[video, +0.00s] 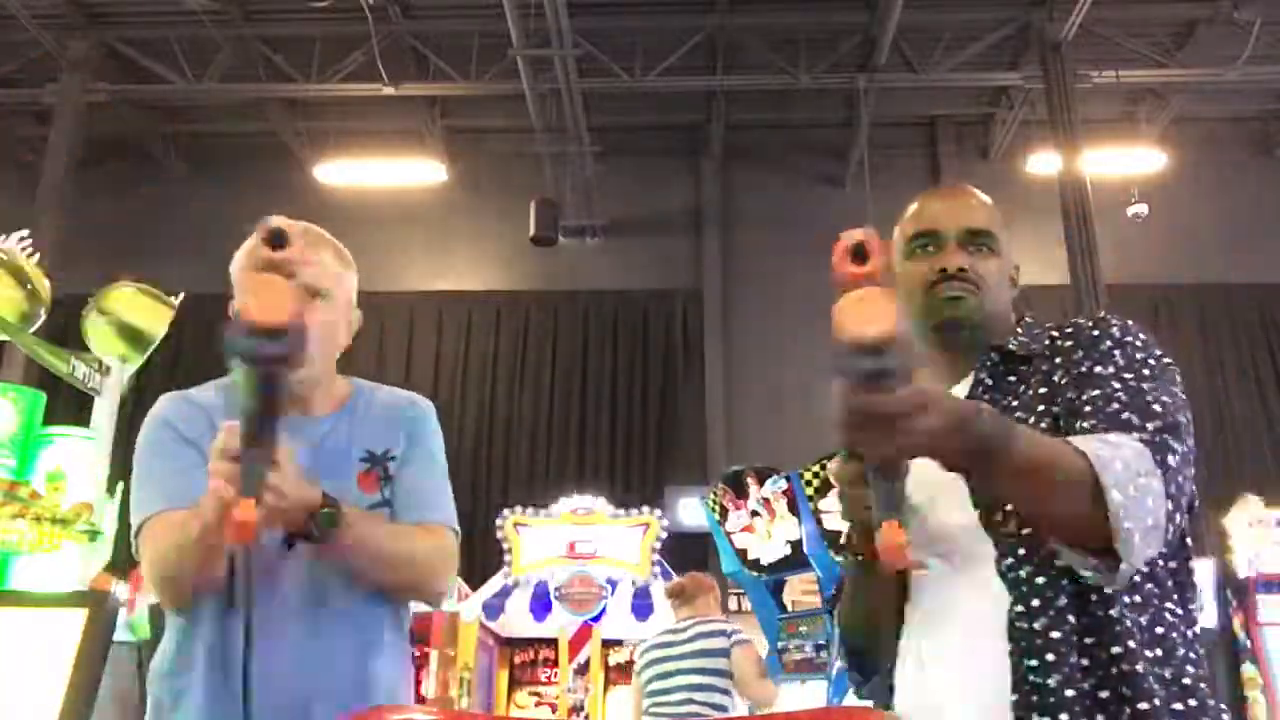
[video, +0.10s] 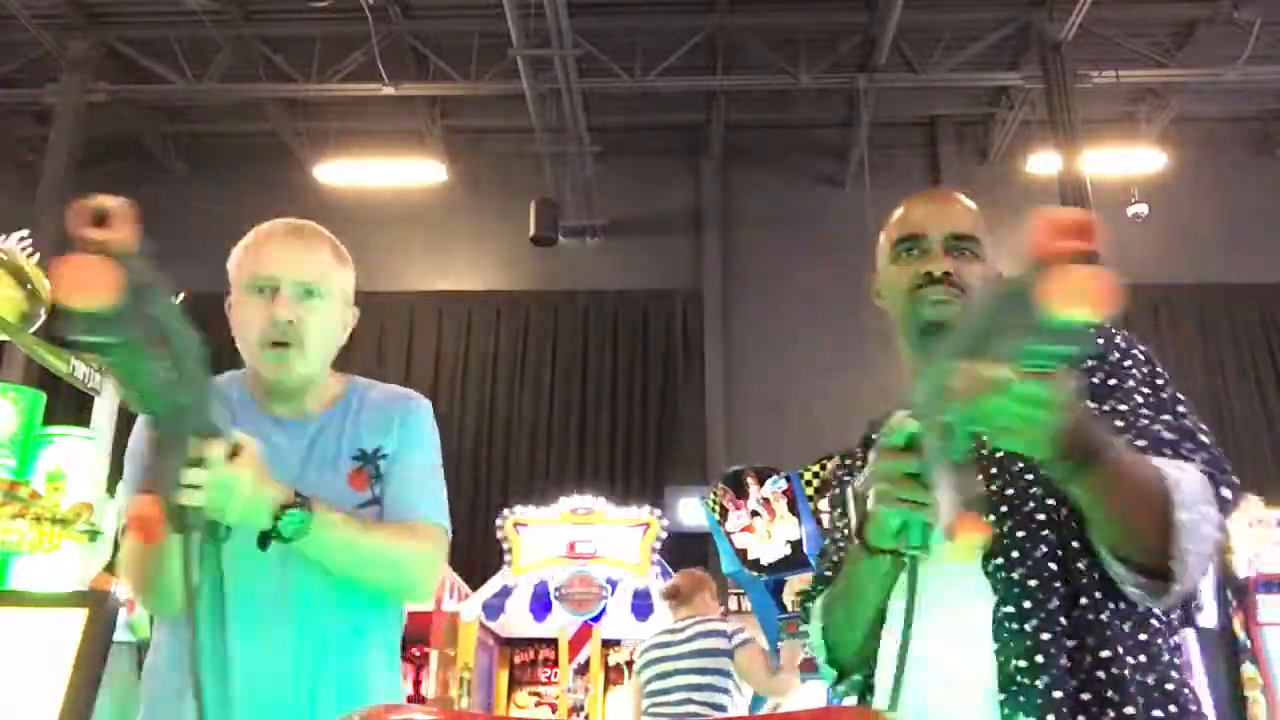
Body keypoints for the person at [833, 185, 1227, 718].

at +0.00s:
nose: (952, 262)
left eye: (977, 244)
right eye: (925, 247)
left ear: (1012, 274)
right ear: (897, 282)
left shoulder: (1102, 350)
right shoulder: (893, 419)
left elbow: (1134, 513)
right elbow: (871, 667)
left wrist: (967, 437)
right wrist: (868, 537)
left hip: (1107, 699)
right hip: (944, 705)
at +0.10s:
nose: (937, 265)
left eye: (961, 250)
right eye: (910, 250)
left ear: (995, 279)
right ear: (879, 288)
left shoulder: (1088, 364)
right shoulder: (886, 446)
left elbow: (1187, 548)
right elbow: (838, 656)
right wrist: (878, 542)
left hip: (1093, 706)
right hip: (918, 709)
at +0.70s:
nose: (897, 275)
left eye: (923, 255)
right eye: (877, 264)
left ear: (978, 280)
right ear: (862, 300)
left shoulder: (1047, 341)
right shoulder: (881, 456)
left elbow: (1039, 502)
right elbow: (865, 670)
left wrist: (816, 459)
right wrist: (823, 571)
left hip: (1075, 702)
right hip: (928, 707)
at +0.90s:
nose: (929, 264)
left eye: (953, 245)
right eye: (900, 252)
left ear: (990, 281)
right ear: (876, 295)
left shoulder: (1083, 356)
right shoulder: (874, 427)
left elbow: (1146, 522)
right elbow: (831, 657)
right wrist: (852, 536)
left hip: (1094, 700)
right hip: (918, 703)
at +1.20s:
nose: (942, 272)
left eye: (966, 255)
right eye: (917, 260)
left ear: (1000, 286)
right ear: (889, 292)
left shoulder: (1090, 360)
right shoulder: (884, 424)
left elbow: (1125, 528)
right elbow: (845, 661)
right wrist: (857, 544)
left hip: (1084, 700)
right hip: (925, 708)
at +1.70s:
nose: (954, 272)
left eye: (976, 251)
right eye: (928, 260)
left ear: (1012, 279)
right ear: (899, 296)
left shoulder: (1110, 359)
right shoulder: (902, 421)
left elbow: (1149, 547)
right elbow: (867, 666)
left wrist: (999, 449)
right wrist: (876, 544)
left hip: (1112, 702)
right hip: (945, 705)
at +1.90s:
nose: (967, 264)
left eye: (991, 247)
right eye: (940, 250)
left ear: (1026, 276)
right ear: (908, 283)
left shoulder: (1115, 352)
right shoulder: (913, 433)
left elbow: (1132, 539)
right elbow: (884, 672)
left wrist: (948, 476)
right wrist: (872, 524)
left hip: (1110, 703)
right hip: (951, 710)